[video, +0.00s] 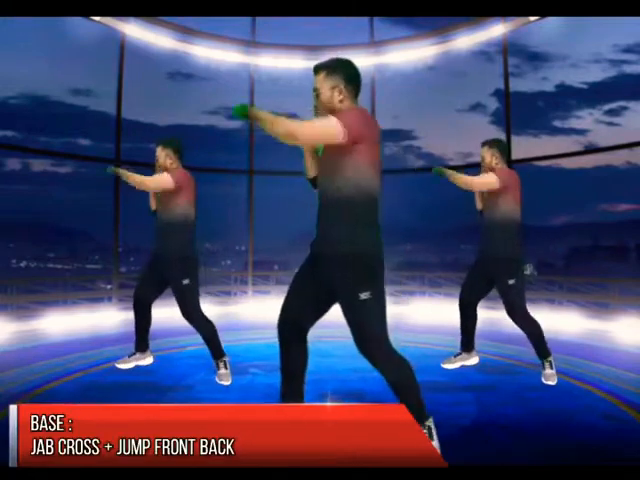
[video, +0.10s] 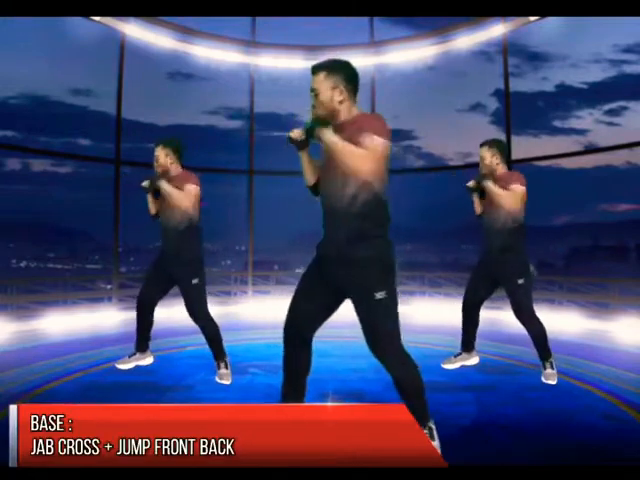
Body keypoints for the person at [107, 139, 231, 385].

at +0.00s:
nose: (157, 159)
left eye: (161, 155)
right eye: (157, 156)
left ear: (171, 156)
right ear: (165, 158)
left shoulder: (181, 177)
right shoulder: (167, 179)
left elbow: (146, 183)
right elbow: (156, 207)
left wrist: (121, 173)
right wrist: (151, 182)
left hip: (182, 257)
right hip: (164, 256)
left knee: (192, 312)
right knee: (142, 299)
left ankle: (221, 360)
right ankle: (142, 352)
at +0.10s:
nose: (158, 162)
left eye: (161, 158)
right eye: (156, 158)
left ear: (173, 158)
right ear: (157, 162)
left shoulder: (189, 180)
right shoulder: (161, 183)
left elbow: (188, 206)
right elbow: (154, 211)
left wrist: (161, 184)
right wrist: (150, 191)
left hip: (189, 256)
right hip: (168, 255)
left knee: (198, 312)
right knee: (145, 301)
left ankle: (222, 363)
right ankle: (142, 352)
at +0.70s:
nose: (138, 159)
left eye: (142, 154)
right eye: (137, 155)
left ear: (157, 155)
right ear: (141, 159)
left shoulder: (179, 178)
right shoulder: (144, 188)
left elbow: (183, 206)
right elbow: (126, 209)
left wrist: (157, 179)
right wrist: (118, 189)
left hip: (174, 254)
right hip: (145, 253)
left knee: (191, 306)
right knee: (121, 297)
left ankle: (203, 353)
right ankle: (113, 343)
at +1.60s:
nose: (164, 163)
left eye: (169, 158)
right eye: (163, 159)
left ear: (183, 160)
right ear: (161, 163)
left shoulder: (198, 185)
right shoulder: (155, 183)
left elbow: (208, 214)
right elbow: (120, 188)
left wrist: (185, 188)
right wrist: (96, 176)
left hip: (194, 262)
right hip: (163, 262)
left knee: (209, 314)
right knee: (138, 304)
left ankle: (223, 364)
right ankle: (136, 355)